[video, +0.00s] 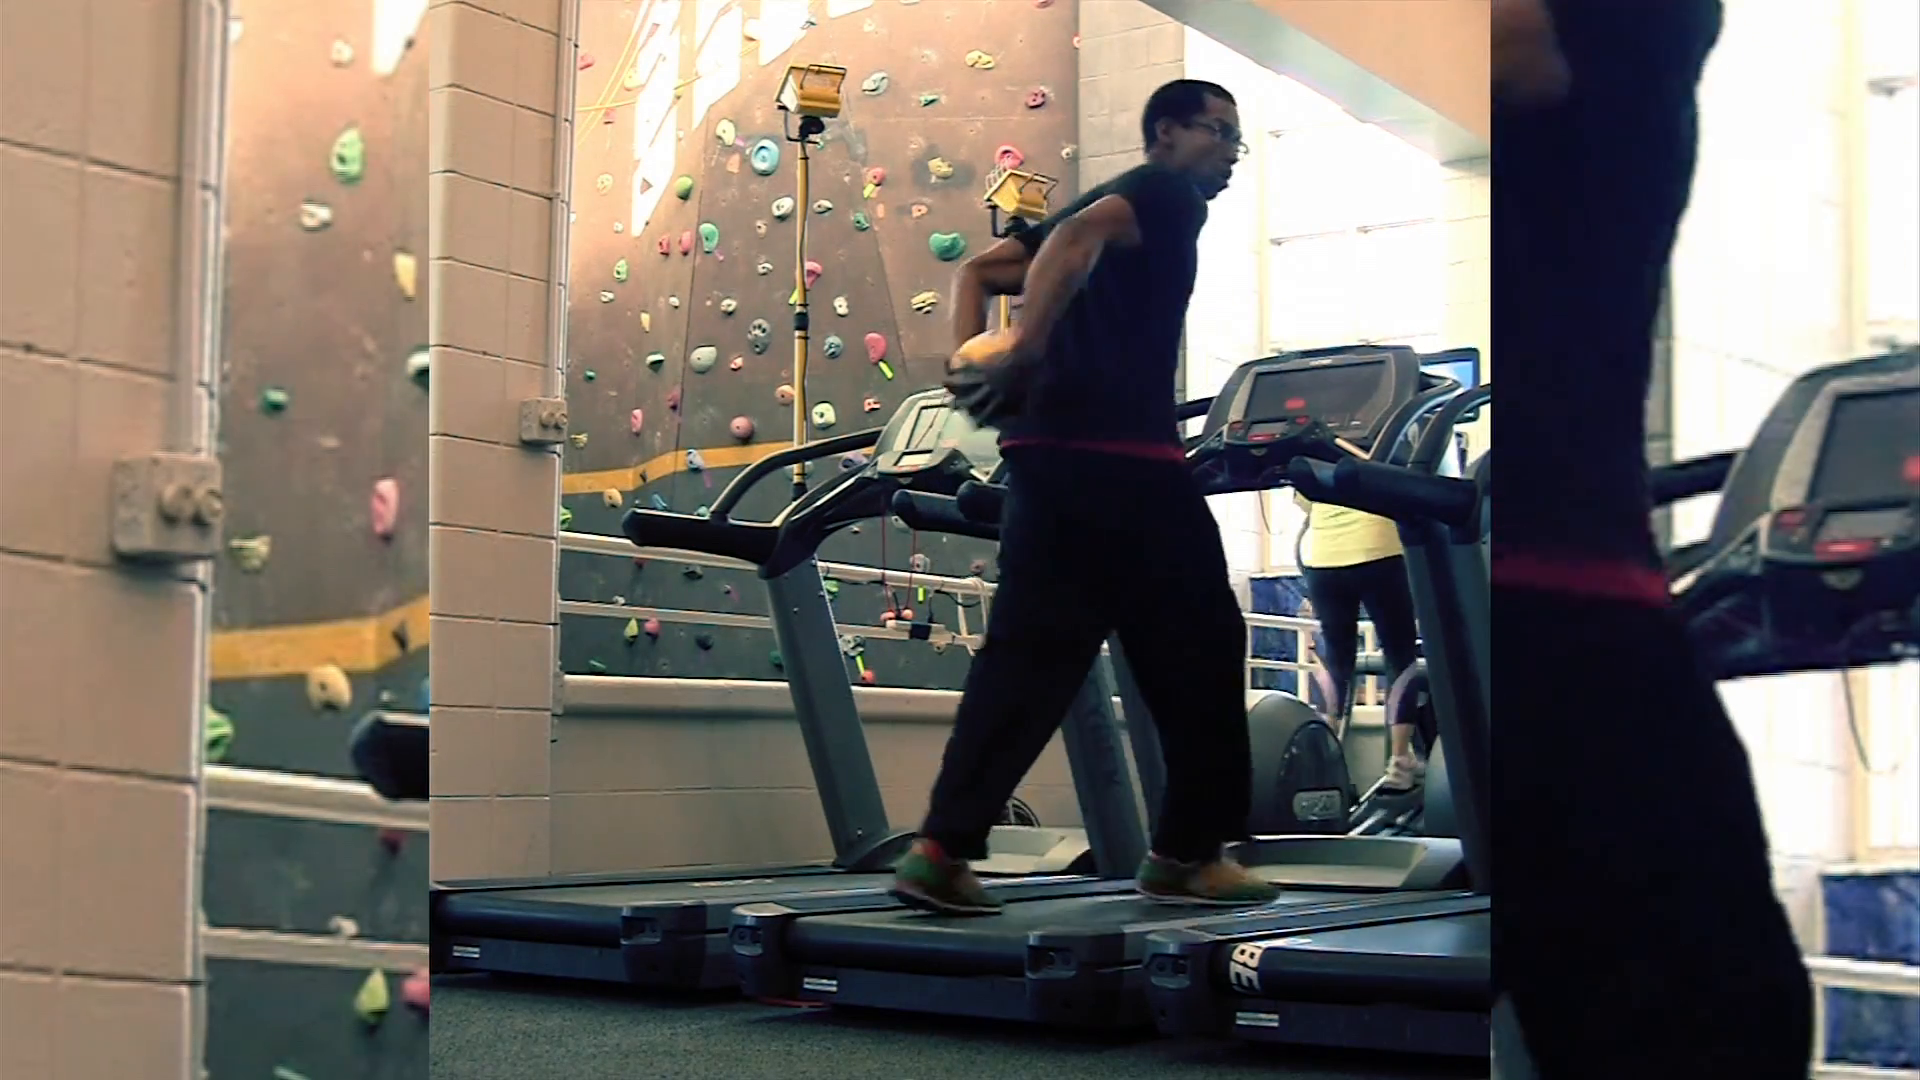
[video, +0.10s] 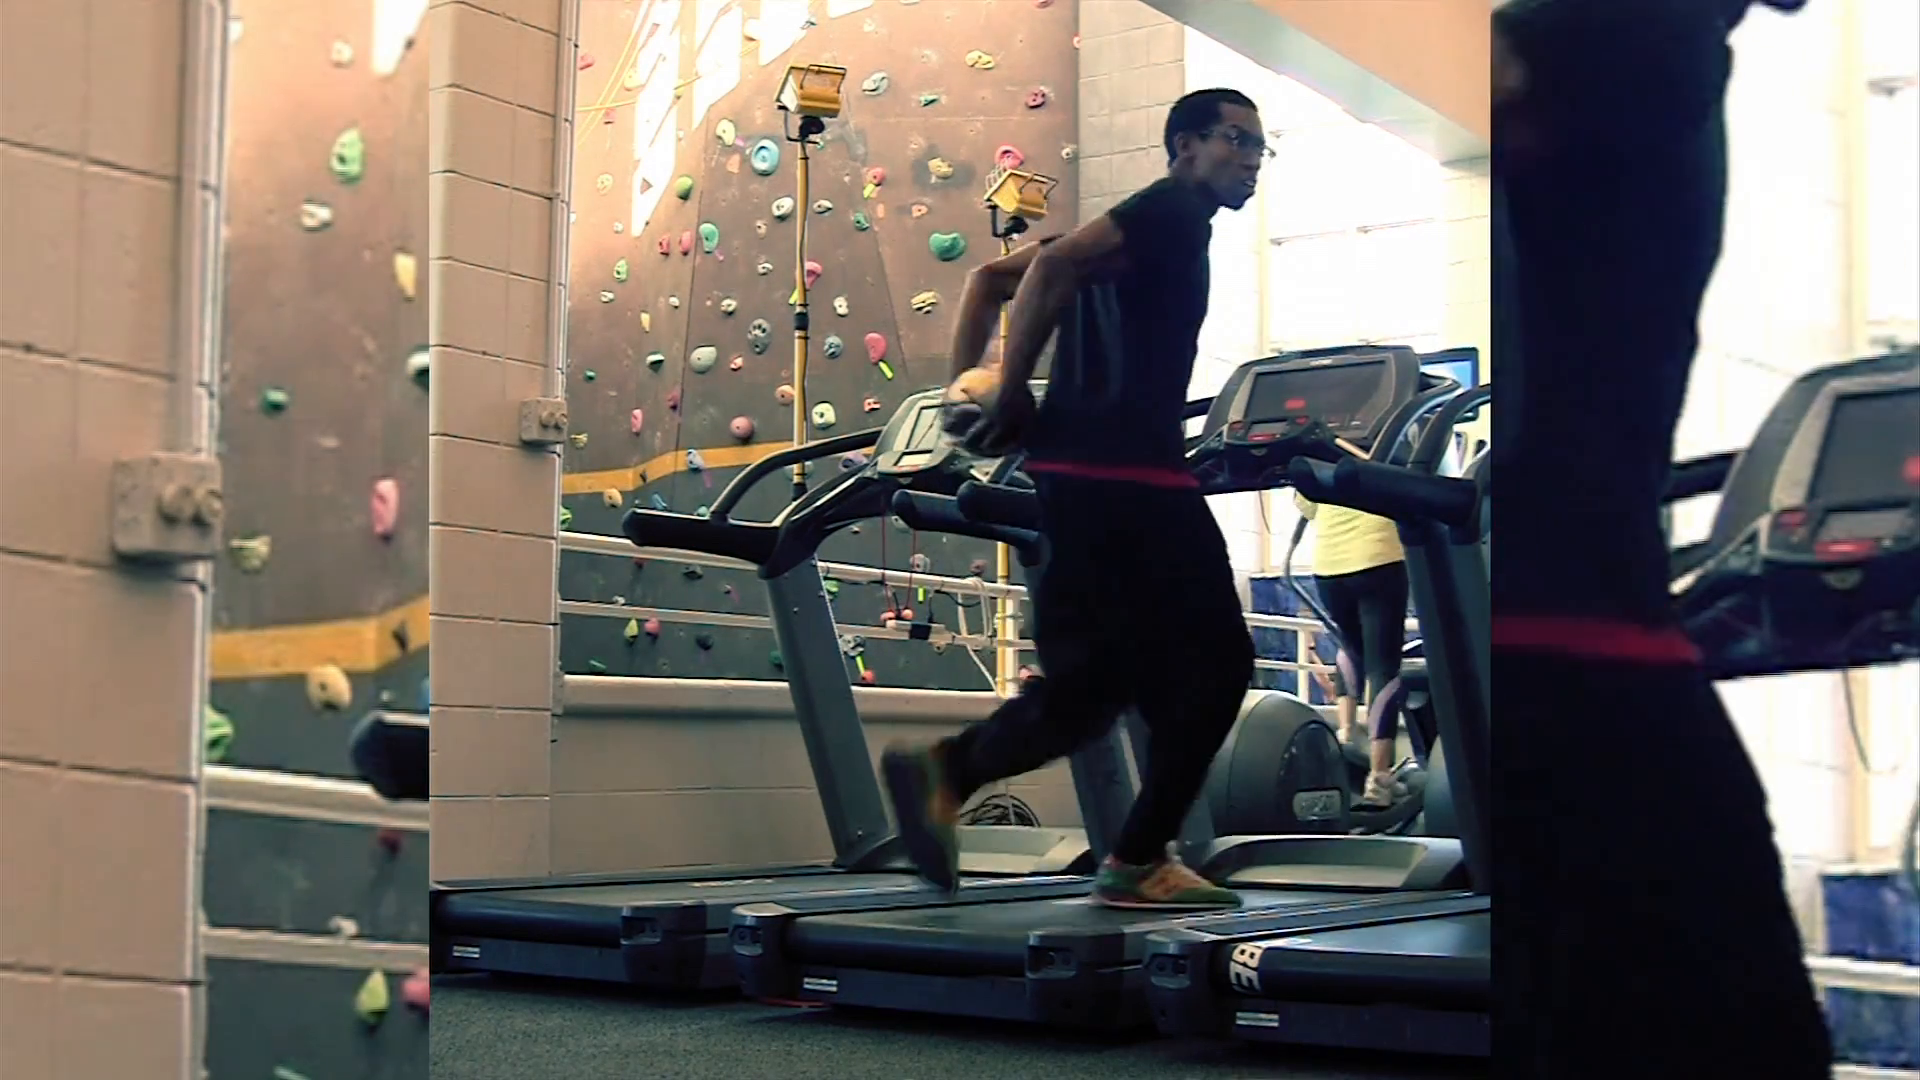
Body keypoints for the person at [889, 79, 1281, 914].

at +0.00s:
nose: (1234, 150)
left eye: (1237, 138)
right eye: (1220, 132)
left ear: (1169, 142)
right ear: (1167, 131)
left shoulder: (1101, 205)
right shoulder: (1170, 189)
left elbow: (978, 270)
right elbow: (1079, 235)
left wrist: (964, 366)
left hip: (1052, 475)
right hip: (1133, 474)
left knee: (1029, 654)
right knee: (1204, 647)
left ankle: (942, 848)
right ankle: (1189, 853)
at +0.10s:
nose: (1256, 158)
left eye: (1259, 146)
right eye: (1240, 140)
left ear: (1185, 156)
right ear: (1188, 145)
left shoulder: (1130, 218)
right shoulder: (1178, 205)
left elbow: (992, 275)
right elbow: (1058, 261)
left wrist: (956, 389)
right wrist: (1011, 385)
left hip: (1079, 483)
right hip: (1137, 482)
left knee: (1096, 680)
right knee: (1217, 663)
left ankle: (947, 774)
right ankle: (1138, 859)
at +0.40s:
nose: (1147, 5)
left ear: (1182, 4)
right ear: (1112, 2)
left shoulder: (1217, 81)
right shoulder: (1069, 71)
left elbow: (1266, 174)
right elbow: (976, 169)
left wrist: (1330, 176)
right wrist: (1001, 252)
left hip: (1173, 342)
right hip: (1074, 342)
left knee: (1223, 494)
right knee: (1063, 540)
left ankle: (1128, 633)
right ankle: (1040, 741)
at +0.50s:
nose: (1107, 4)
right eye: (1097, 0)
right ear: (1090, 3)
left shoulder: (1222, 52)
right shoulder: (1057, 60)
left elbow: (1318, 122)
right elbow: (988, 165)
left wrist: (1370, 115)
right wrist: (970, 221)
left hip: (1174, 329)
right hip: (1071, 309)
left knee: (1167, 531)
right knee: (1023, 433)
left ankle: (1192, 718)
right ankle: (1004, 626)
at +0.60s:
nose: (1054, 29)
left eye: (1068, 11)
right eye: (1048, 17)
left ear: (1124, 7)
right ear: (1054, 26)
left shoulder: (1207, 76)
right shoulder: (1057, 107)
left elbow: (1317, 117)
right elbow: (1010, 222)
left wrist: (1374, 123)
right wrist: (951, 257)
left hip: (1173, 359)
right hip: (1081, 331)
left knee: (1164, 569)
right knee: (958, 364)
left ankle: (1209, 803)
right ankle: (986, 577)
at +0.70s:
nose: (1039, 96)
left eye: (1050, 76)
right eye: (1037, 80)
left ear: (1103, 68)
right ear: (1087, 75)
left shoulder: (1198, 140)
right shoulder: (1072, 177)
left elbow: (1301, 195)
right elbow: (1072, 288)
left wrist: (1351, 217)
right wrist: (982, 327)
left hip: (1167, 423)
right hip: (1080, 402)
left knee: (1147, 632)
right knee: (933, 481)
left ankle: (1184, 853)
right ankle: (1026, 658)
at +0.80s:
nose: (1029, 128)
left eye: (1039, 107)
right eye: (1028, 111)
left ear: (1085, 102)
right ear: (1081, 108)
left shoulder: (1181, 183)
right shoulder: (1088, 214)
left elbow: (1263, 271)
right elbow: (1102, 351)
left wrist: (1299, 329)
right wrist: (1023, 391)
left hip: (1161, 455)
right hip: (1084, 455)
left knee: (1102, 650)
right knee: (1001, 644)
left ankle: (1139, 871)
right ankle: (1127, 776)